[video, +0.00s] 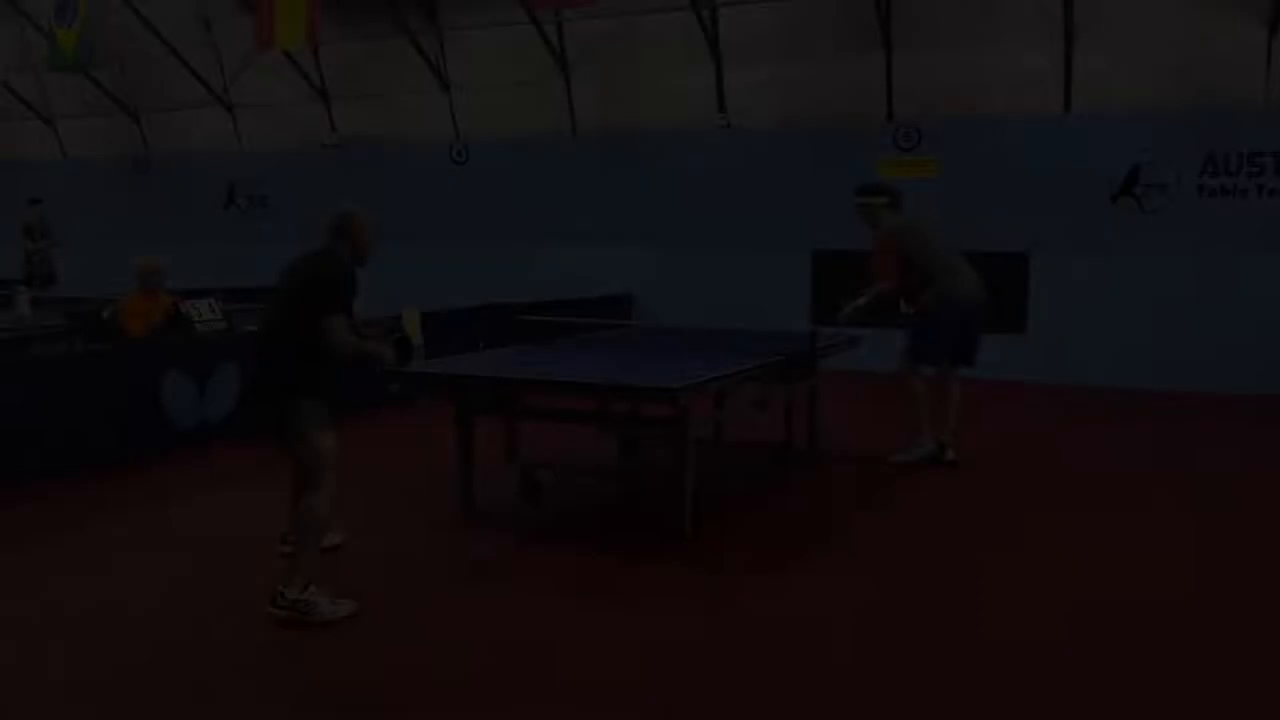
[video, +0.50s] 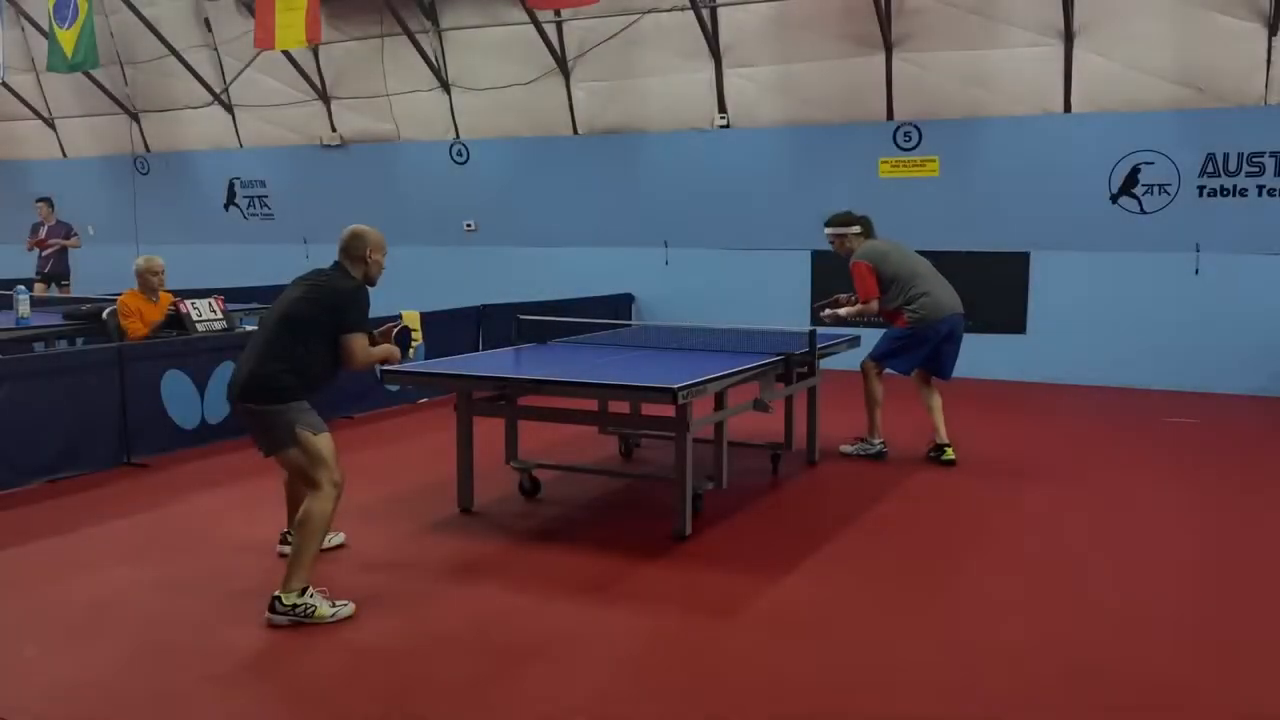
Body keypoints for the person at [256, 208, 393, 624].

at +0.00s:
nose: (369, 248)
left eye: (368, 239)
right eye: (365, 239)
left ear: (333, 234)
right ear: (353, 240)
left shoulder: (306, 269)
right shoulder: (336, 274)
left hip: (284, 384)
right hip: (306, 389)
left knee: (307, 471)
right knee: (318, 482)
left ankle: (303, 534)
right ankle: (298, 587)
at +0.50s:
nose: (384, 266)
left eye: (384, 258)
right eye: (382, 258)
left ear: (345, 255)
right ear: (368, 258)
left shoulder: (315, 279)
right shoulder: (351, 292)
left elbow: (319, 341)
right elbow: (355, 358)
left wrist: (366, 345)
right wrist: (385, 352)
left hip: (251, 388)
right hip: (277, 393)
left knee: (299, 463)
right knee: (328, 483)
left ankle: (298, 532)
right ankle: (291, 595)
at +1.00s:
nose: (387, 277)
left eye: (387, 270)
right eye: (385, 270)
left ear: (350, 270)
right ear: (370, 271)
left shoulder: (316, 291)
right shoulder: (355, 303)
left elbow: (325, 349)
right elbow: (359, 369)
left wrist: (371, 350)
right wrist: (385, 358)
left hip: (241, 392)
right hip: (268, 396)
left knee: (299, 463)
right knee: (330, 482)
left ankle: (296, 533)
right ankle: (289, 597)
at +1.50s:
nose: (390, 278)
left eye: (389, 271)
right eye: (387, 271)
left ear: (354, 270)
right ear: (371, 271)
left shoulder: (320, 291)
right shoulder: (353, 303)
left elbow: (329, 351)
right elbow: (356, 369)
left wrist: (372, 350)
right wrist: (385, 358)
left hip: (242, 390)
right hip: (266, 395)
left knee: (300, 464)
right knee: (329, 482)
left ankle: (297, 533)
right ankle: (289, 597)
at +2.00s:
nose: (391, 274)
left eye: (390, 267)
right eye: (388, 267)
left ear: (354, 266)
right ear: (373, 268)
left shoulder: (323, 289)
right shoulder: (351, 302)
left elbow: (333, 354)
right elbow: (353, 367)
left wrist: (374, 347)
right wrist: (386, 356)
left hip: (245, 390)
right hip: (269, 395)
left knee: (299, 470)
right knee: (324, 482)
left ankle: (298, 534)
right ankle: (288, 597)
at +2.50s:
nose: (389, 269)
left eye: (389, 263)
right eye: (387, 263)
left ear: (351, 262)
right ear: (372, 264)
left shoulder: (321, 285)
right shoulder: (351, 296)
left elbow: (332, 349)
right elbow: (353, 361)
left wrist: (372, 345)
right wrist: (386, 353)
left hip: (247, 389)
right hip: (270, 393)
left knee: (299, 466)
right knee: (324, 483)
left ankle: (297, 533)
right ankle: (289, 596)